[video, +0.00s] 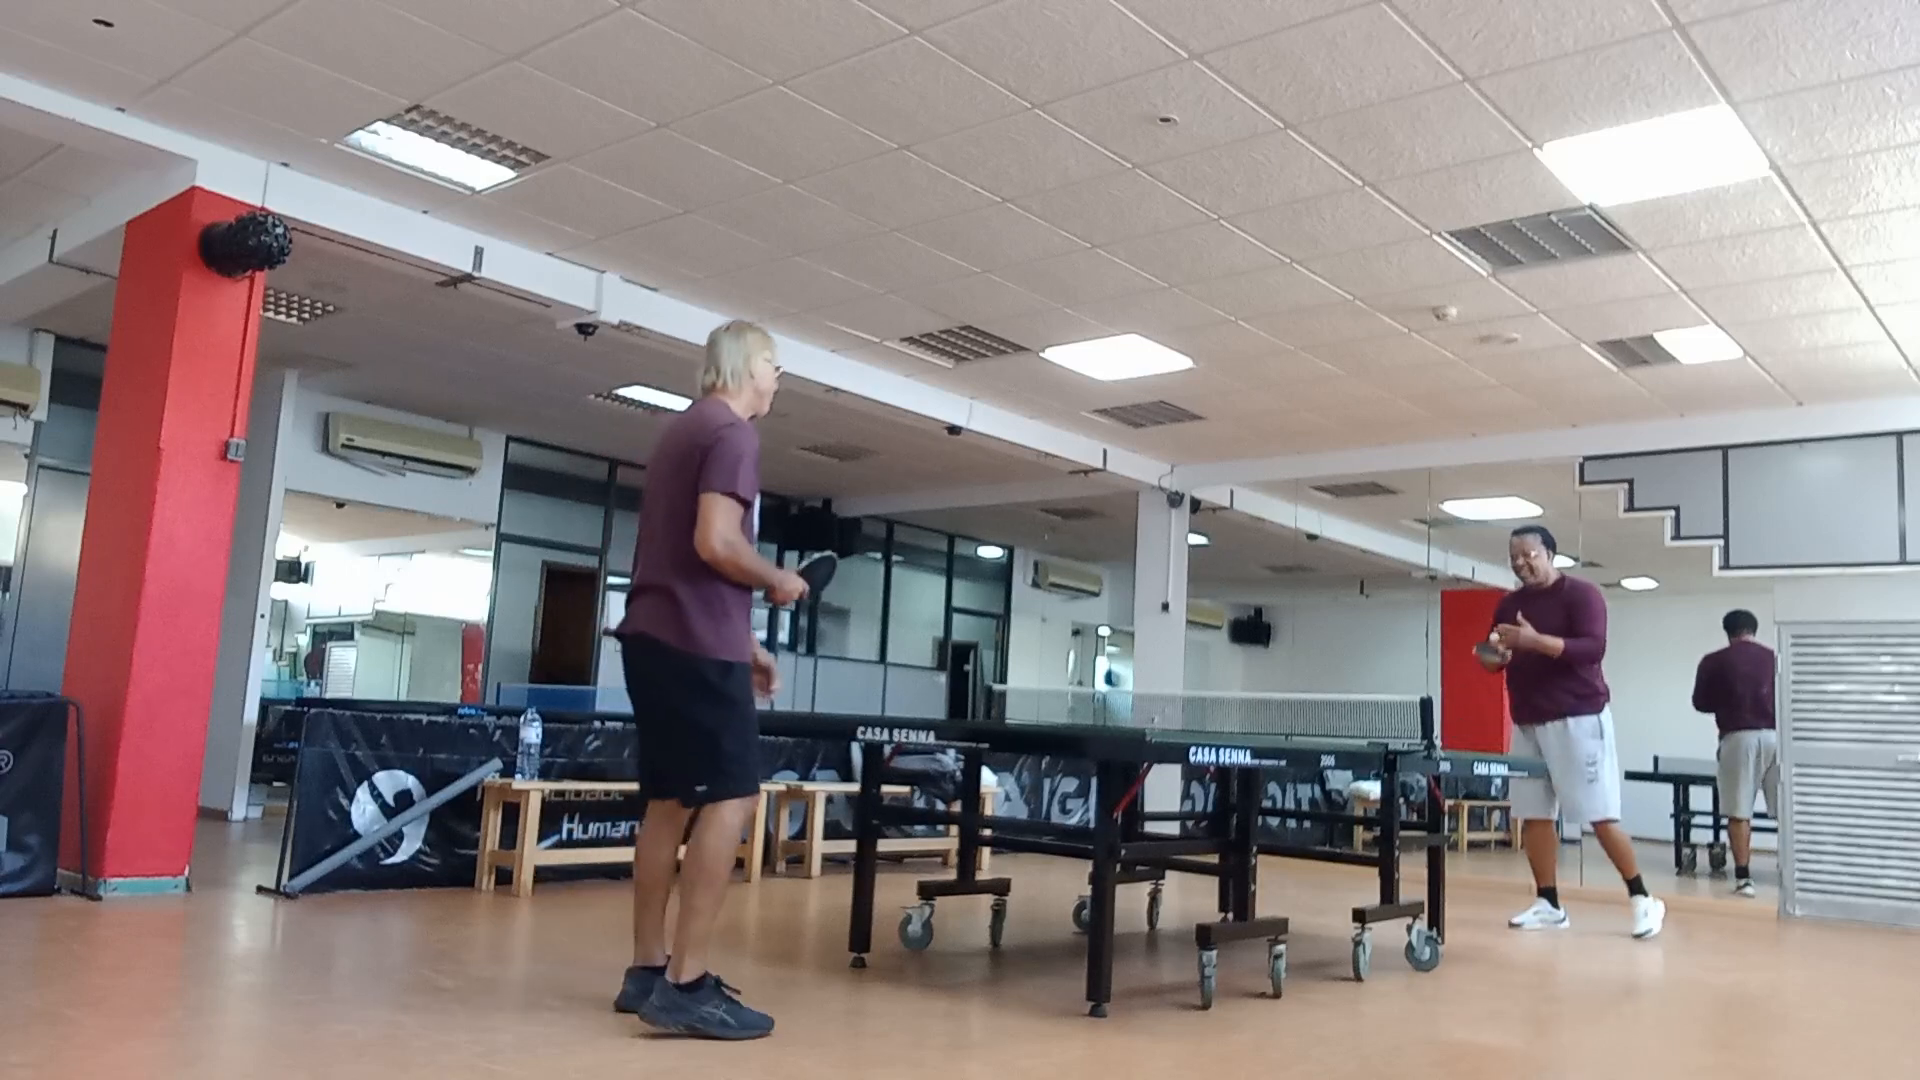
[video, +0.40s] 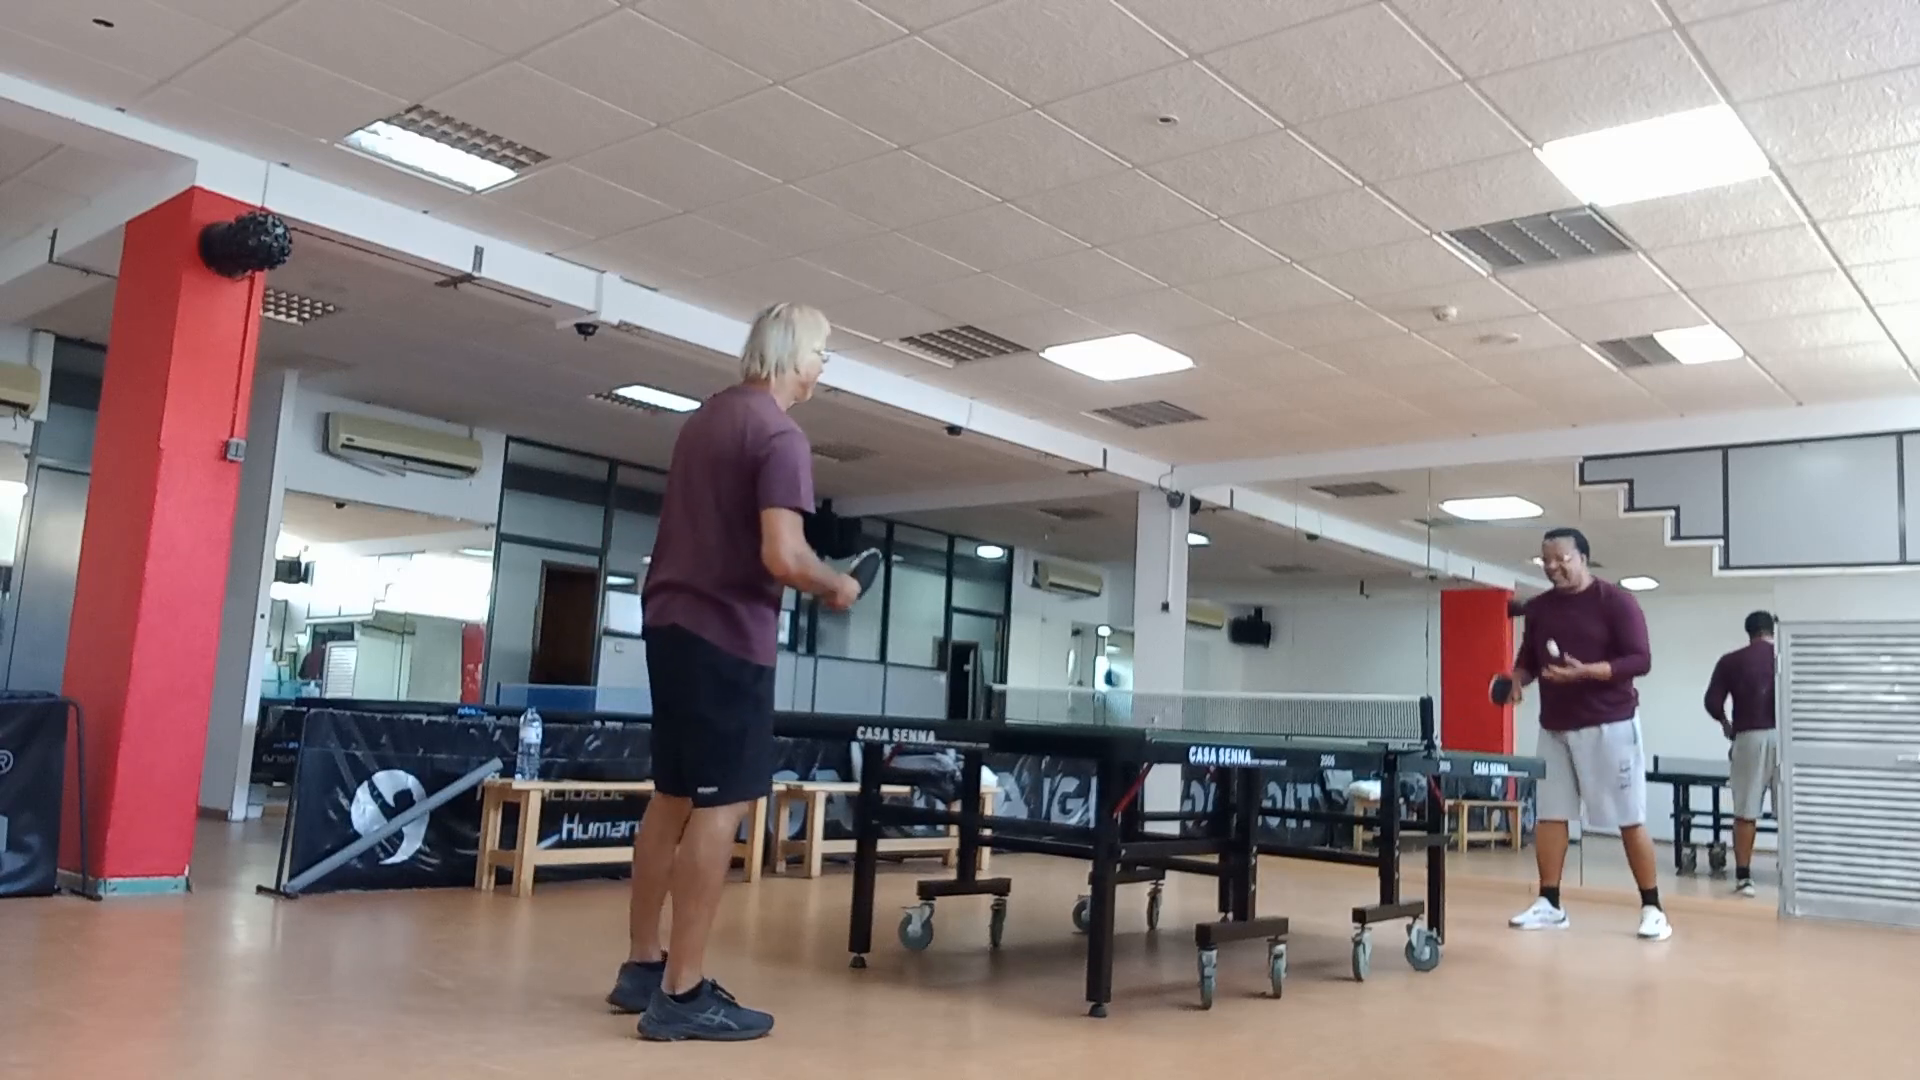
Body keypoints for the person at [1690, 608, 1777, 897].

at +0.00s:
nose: (1744, 637)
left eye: (1733, 633)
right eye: (1748, 631)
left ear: (1727, 633)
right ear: (1754, 631)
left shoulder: (1712, 661)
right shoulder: (1771, 657)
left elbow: (1700, 702)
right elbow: (1783, 694)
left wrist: (1730, 702)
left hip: (1737, 741)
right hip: (1774, 740)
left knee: (1738, 812)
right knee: (1785, 811)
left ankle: (1743, 879)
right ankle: (1794, 876)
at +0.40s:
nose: (1768, 636)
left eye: (1761, 632)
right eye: (1770, 632)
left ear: (1748, 633)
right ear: (1772, 632)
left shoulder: (1731, 661)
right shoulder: (1787, 659)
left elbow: (1712, 702)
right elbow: (1802, 695)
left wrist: (1725, 724)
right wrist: (1793, 723)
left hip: (1750, 738)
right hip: (1786, 738)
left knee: (1746, 811)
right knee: (1790, 810)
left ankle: (1744, 877)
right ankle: (1795, 877)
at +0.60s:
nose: (1778, 639)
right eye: (1781, 632)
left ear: (1759, 633)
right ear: (1785, 632)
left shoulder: (1742, 661)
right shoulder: (1801, 659)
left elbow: (1724, 699)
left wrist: (1730, 730)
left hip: (1759, 739)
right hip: (1796, 740)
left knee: (1753, 810)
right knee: (1797, 809)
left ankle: (1744, 876)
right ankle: (1796, 876)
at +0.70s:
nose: (1781, 640)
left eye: (1778, 634)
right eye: (1782, 634)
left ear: (1760, 635)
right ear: (1786, 633)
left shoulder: (1745, 662)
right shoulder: (1801, 661)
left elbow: (1726, 701)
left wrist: (1733, 733)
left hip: (1761, 741)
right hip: (1797, 742)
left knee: (1755, 810)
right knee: (1799, 810)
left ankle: (1749, 875)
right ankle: (1799, 876)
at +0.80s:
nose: (1778, 645)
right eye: (1779, 639)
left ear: (1760, 641)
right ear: (1784, 640)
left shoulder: (1744, 665)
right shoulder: (1798, 663)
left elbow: (1725, 704)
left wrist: (1732, 741)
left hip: (1761, 741)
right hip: (1798, 742)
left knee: (1759, 812)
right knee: (1798, 811)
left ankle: (1753, 876)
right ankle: (1793, 873)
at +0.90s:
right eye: (1778, 646)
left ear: (1761, 648)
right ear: (1783, 648)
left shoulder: (1744, 671)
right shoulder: (1797, 669)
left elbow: (1720, 708)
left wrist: (1724, 747)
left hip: (1760, 744)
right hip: (1796, 744)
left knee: (1757, 813)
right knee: (1797, 811)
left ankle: (1753, 877)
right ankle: (1792, 872)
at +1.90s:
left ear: (1765, 663)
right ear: (1782, 665)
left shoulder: (1747, 680)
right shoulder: (1788, 683)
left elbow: (1746, 714)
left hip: (1746, 751)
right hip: (1776, 750)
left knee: (1749, 814)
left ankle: (1749, 870)